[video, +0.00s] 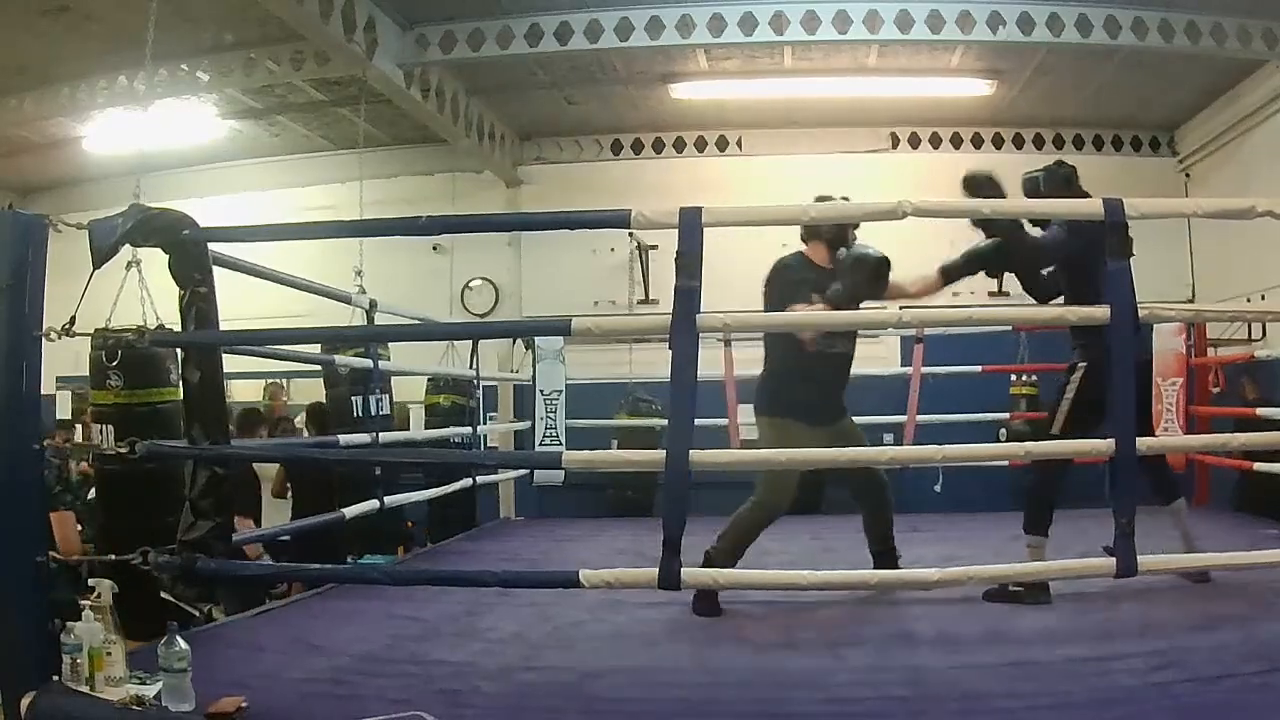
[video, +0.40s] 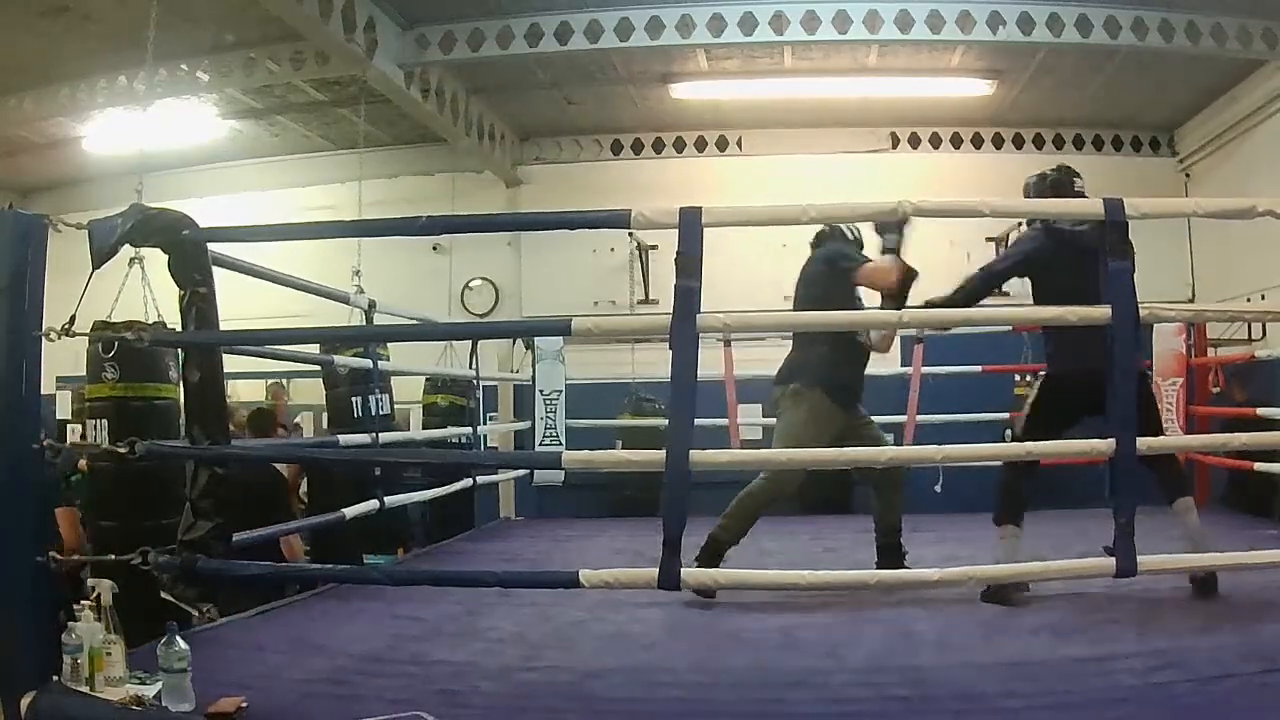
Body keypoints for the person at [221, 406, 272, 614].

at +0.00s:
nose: (266, 442)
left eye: (266, 436)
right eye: (265, 436)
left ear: (237, 432)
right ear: (259, 434)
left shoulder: (223, 461)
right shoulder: (244, 471)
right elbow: (243, 525)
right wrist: (267, 565)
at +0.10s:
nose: (269, 439)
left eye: (268, 434)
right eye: (267, 434)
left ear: (238, 432)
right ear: (264, 434)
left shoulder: (220, 464)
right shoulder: (252, 475)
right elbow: (259, 535)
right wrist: (282, 574)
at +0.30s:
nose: (283, 435)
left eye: (281, 430)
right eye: (280, 430)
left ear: (247, 434)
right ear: (274, 434)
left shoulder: (227, 471)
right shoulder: (270, 479)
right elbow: (282, 537)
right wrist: (300, 572)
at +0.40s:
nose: (282, 433)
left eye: (280, 428)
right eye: (280, 428)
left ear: (248, 432)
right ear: (275, 432)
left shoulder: (227, 471)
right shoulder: (273, 478)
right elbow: (286, 534)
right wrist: (306, 574)